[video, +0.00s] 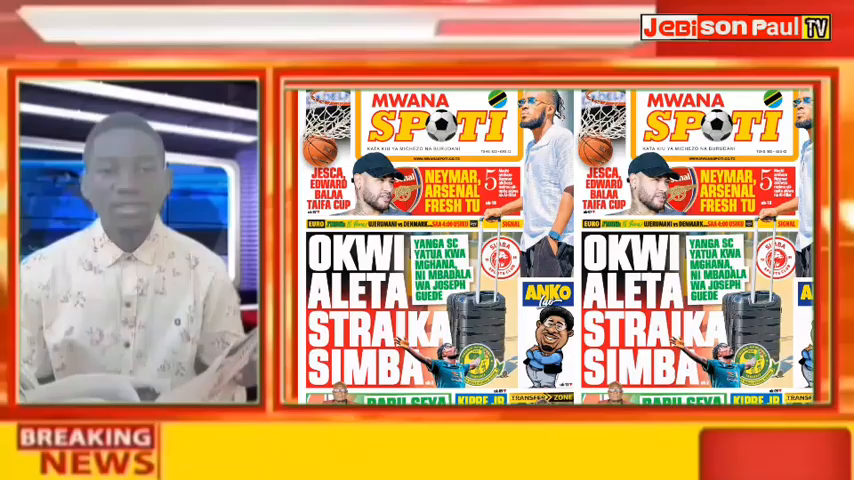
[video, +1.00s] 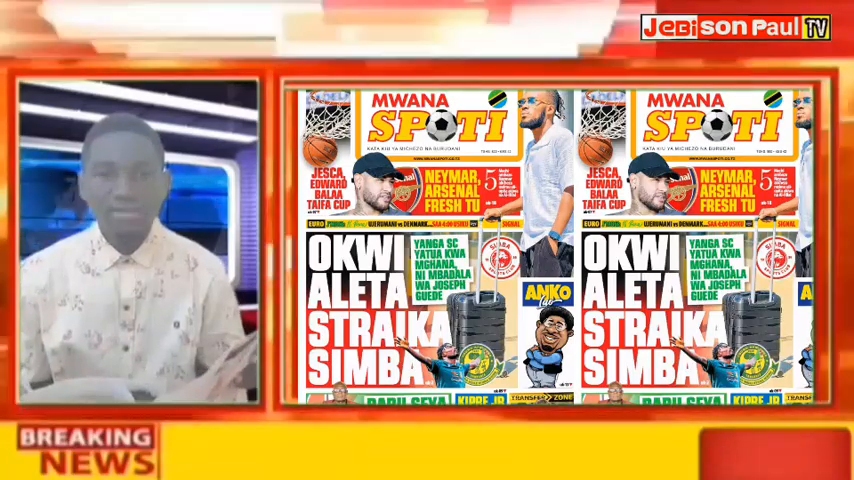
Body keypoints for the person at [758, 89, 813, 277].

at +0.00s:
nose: (799, 107)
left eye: (807, 101)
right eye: (797, 102)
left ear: (820, 107)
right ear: (794, 109)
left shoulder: (827, 148)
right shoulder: (806, 149)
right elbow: (805, 197)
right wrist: (777, 211)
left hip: (821, 240)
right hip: (804, 239)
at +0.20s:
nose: (799, 107)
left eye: (807, 101)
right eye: (797, 102)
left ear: (821, 107)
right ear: (794, 109)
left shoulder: (827, 148)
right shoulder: (806, 149)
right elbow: (805, 197)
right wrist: (777, 211)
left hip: (821, 240)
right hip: (803, 239)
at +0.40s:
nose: (799, 107)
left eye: (806, 101)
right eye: (797, 102)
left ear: (820, 107)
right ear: (794, 109)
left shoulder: (826, 149)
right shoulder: (806, 149)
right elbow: (805, 197)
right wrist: (777, 211)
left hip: (819, 240)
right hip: (804, 239)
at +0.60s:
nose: (799, 107)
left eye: (806, 101)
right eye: (797, 103)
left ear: (819, 107)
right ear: (794, 110)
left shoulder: (826, 148)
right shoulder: (806, 149)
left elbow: (830, 192)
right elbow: (805, 196)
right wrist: (776, 211)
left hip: (819, 239)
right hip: (803, 239)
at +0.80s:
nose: (799, 108)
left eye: (806, 101)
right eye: (797, 103)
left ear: (820, 107)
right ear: (794, 109)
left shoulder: (826, 148)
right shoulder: (806, 149)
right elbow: (805, 196)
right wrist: (777, 211)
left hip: (819, 240)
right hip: (803, 239)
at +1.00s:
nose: (799, 108)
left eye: (806, 102)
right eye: (797, 103)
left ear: (819, 107)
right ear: (794, 110)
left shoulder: (827, 148)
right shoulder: (806, 149)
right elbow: (805, 196)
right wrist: (776, 211)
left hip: (819, 239)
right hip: (803, 239)